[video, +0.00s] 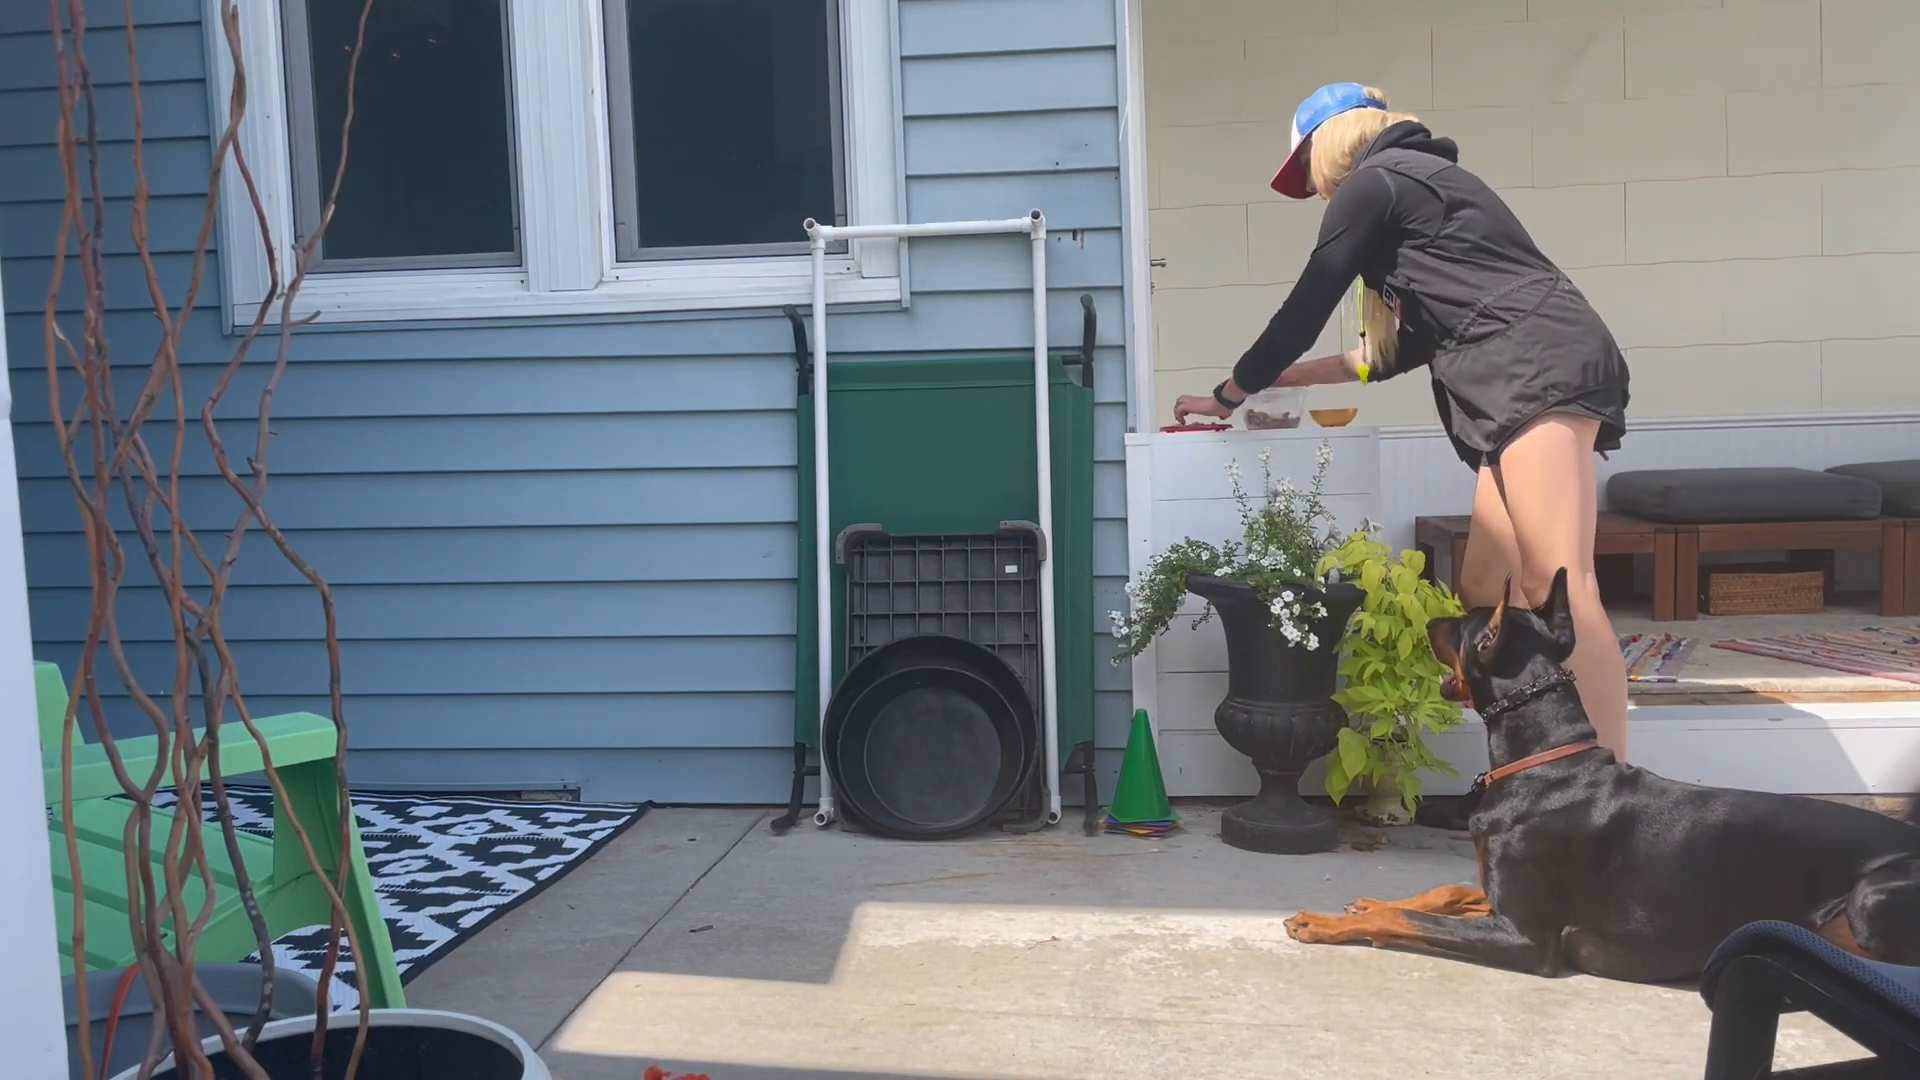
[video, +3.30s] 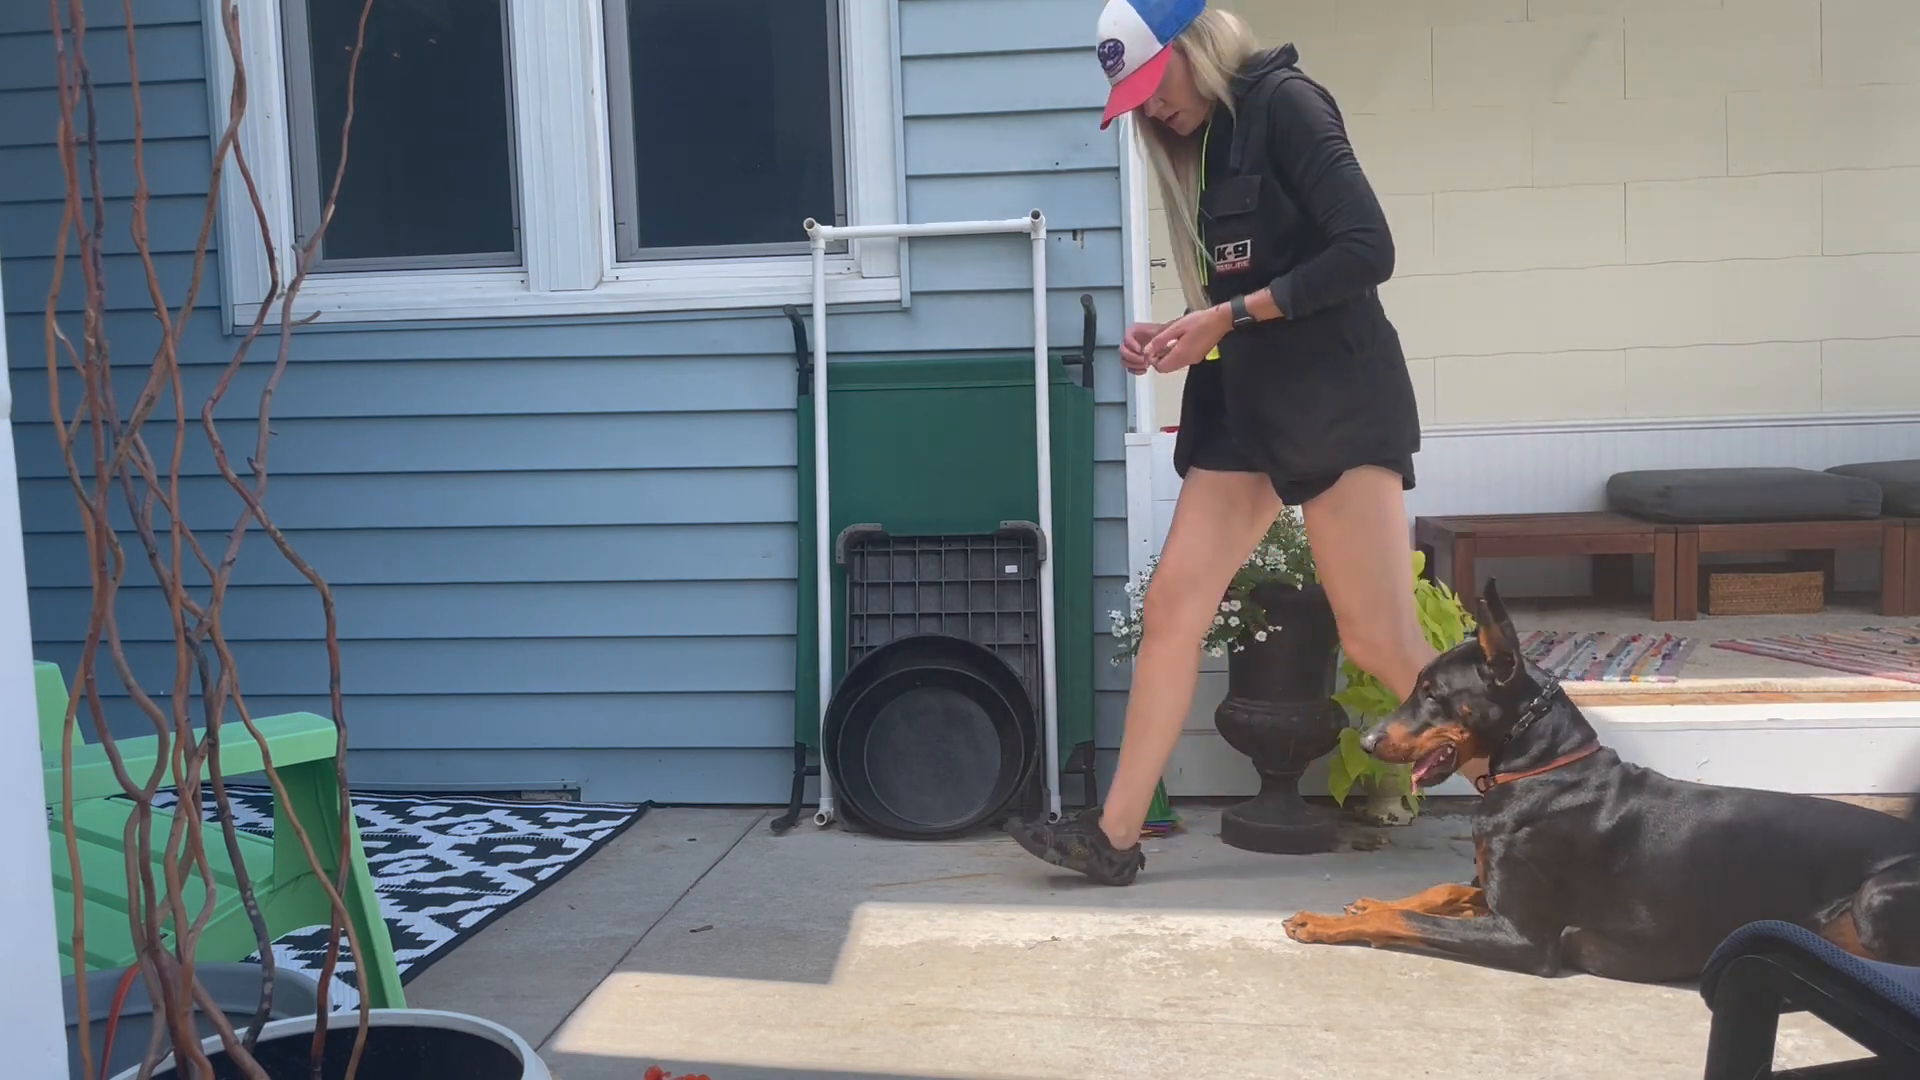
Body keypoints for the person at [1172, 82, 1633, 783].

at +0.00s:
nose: (1316, 185)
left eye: (1312, 164)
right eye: (1309, 172)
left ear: (1335, 140)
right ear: (1376, 133)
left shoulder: (1374, 182)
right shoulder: (1436, 181)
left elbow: (1307, 307)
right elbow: (1404, 349)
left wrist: (1226, 394)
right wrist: (1286, 377)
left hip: (1533, 362)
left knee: (1559, 587)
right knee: (1485, 589)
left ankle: (1609, 788)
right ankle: (1533, 779)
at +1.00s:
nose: (1332, 177)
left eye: (1327, 156)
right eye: (1322, 166)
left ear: (1351, 125)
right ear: (1376, 120)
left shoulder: (1409, 161)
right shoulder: (1423, 167)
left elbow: (1423, 303)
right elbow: (1430, 326)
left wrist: (1341, 340)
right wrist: (1342, 338)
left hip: (1535, 361)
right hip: (1496, 387)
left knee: (1558, 592)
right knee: (1480, 598)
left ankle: (1621, 797)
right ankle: (1535, 787)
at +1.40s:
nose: (1366, 134)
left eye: (1365, 114)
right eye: (1357, 125)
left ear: (1396, 80)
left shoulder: (1471, 123)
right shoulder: (1443, 146)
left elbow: (1550, 239)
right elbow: (1479, 283)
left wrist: (1444, 321)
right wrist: (1410, 335)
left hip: (1545, 398)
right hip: (1502, 405)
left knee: (1522, 643)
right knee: (1491, 637)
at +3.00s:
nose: (1290, 132)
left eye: (1285, 111)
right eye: (1275, 124)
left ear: (1315, 59)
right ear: (1280, 92)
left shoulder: (1419, 101)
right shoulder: (1344, 139)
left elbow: (1538, 226)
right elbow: (1398, 282)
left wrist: (1417, 320)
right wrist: (1334, 359)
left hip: (1491, 391)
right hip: (1401, 402)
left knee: (1496, 632)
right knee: (1343, 596)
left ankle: (1548, 830)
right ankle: (1436, 818)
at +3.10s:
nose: (1250, 124)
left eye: (1246, 102)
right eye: (1236, 114)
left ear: (1280, 55)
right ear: (1253, 78)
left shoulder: (1387, 99)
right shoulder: (1317, 136)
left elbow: (1491, 231)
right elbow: (1365, 282)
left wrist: (1369, 320)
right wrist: (1296, 350)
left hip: (1452, 389)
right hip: (1364, 398)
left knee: (1475, 635)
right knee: (1285, 594)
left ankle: (1546, 836)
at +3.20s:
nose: (1206, 121)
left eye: (1208, 98)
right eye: (1193, 111)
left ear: (1246, 54)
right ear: (1189, 96)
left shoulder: (1340, 100)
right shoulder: (1266, 146)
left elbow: (1433, 240)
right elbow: (1312, 288)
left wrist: (1303, 318)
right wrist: (1243, 342)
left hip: (1403, 391)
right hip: (1312, 399)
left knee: (1438, 651)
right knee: (1232, 600)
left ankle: (1539, 828)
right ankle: (1160, 826)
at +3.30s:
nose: (1152, 116)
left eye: (1155, 94)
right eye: (1139, 105)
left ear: (1196, 51)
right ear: (1145, 89)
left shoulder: (1285, 103)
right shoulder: (1216, 141)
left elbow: (1367, 250)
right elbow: (1257, 280)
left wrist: (1232, 316)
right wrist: (1187, 332)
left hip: (1335, 396)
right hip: (1246, 404)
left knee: (1385, 645)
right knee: (1174, 607)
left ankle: (1549, 796)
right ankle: (1116, 835)